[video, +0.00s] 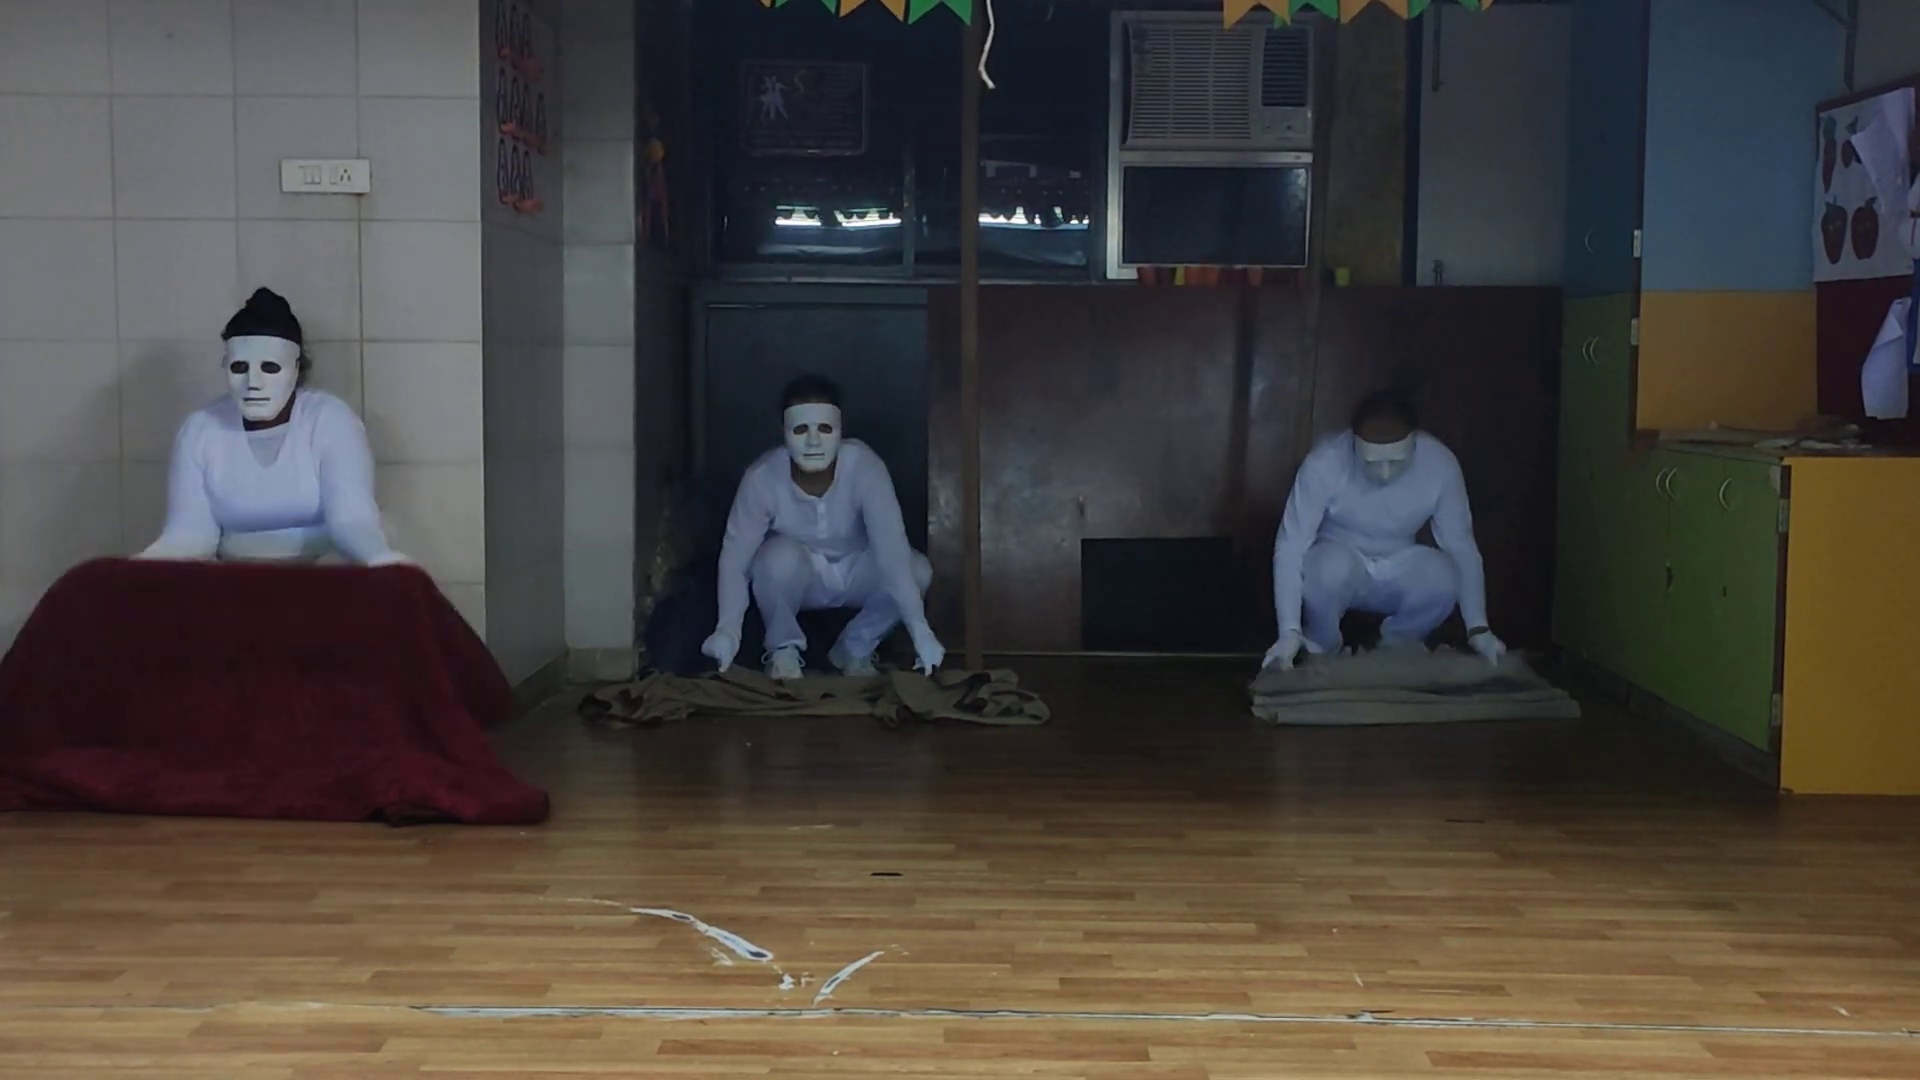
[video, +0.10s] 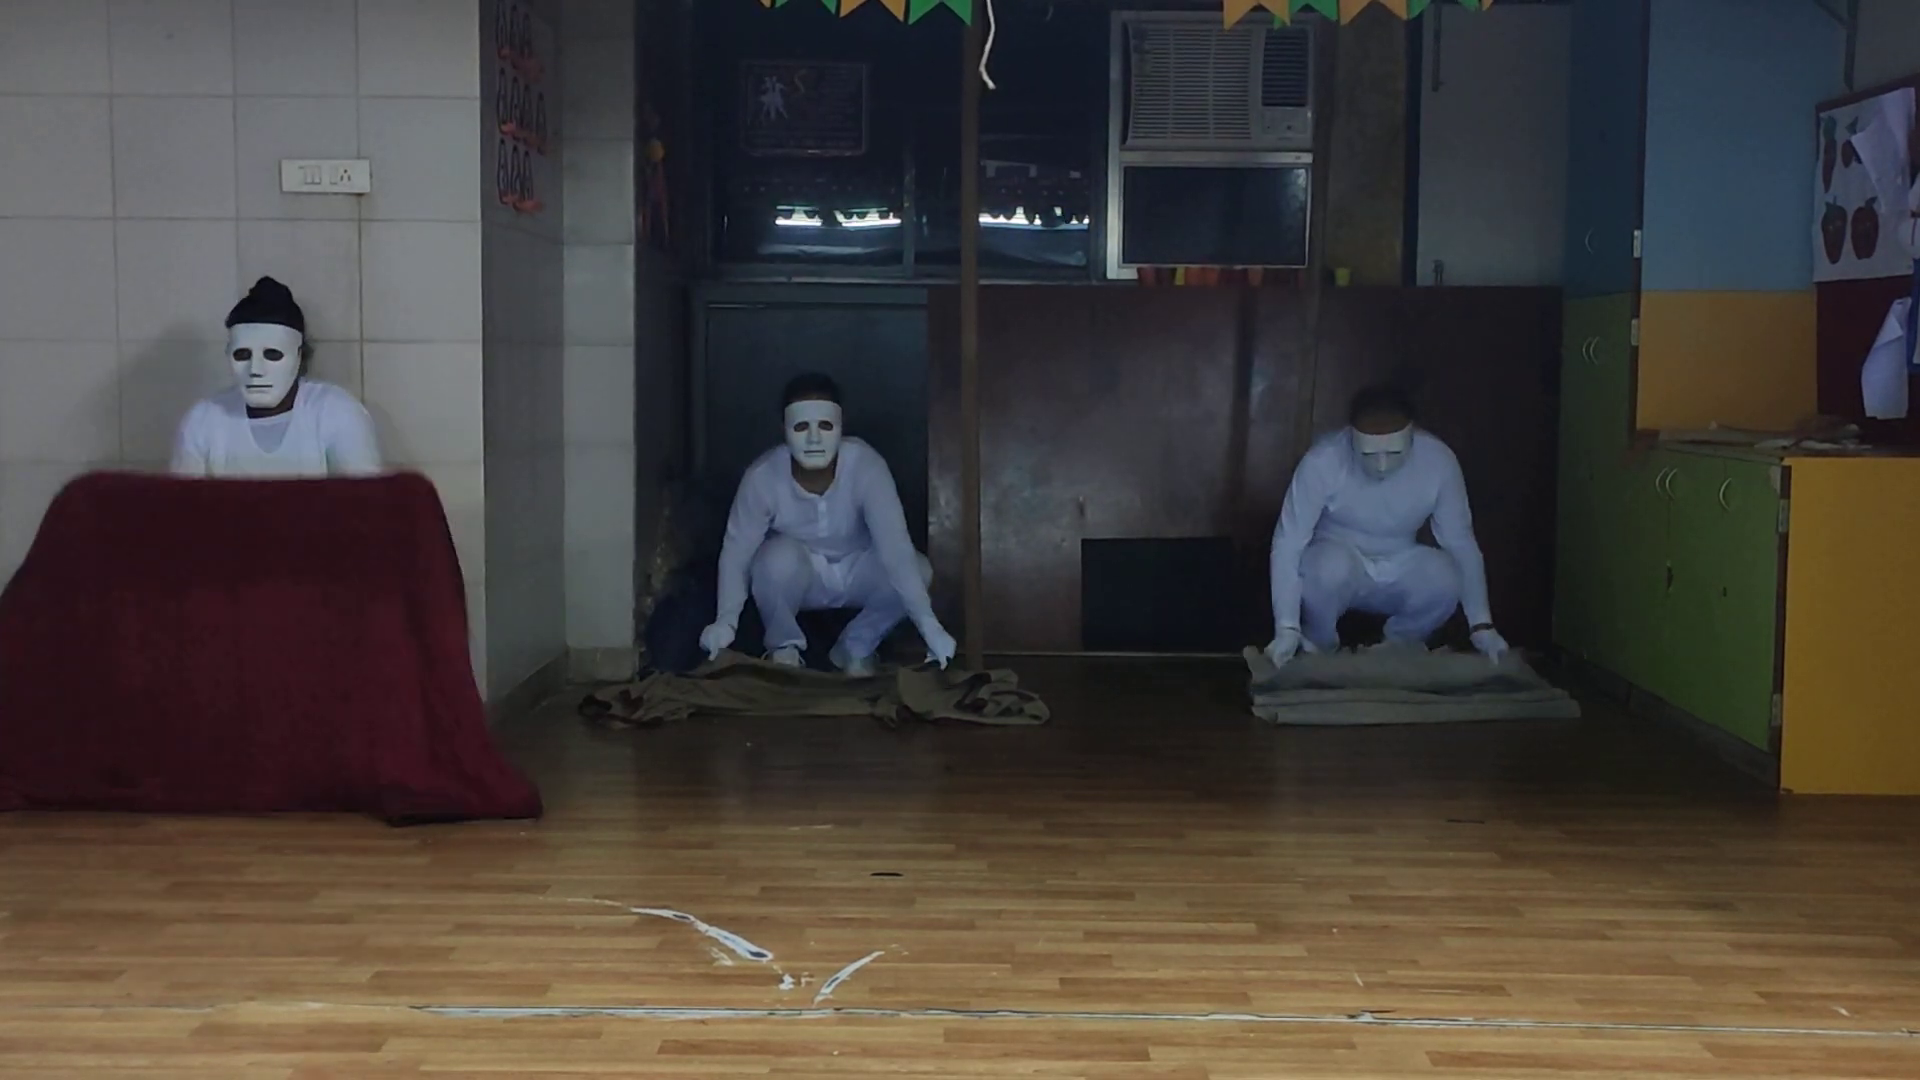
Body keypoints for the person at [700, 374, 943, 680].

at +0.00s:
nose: (813, 440)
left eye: (825, 429)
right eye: (800, 430)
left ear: (840, 432)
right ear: (784, 434)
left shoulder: (865, 468)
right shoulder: (762, 481)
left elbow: (892, 551)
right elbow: (733, 560)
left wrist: (920, 630)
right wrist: (728, 631)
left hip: (860, 575)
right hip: (799, 576)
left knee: (916, 569)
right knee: (779, 557)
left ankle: (854, 649)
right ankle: (783, 647)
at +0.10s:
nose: (814, 438)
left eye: (825, 426)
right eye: (801, 427)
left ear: (840, 428)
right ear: (785, 431)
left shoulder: (865, 466)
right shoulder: (763, 478)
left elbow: (895, 548)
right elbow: (735, 553)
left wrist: (928, 625)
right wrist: (726, 620)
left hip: (861, 574)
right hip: (800, 575)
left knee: (916, 570)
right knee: (776, 557)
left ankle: (854, 647)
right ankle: (784, 644)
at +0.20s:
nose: (814, 438)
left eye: (825, 426)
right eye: (801, 427)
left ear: (840, 428)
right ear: (785, 431)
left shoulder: (865, 466)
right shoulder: (762, 480)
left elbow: (898, 545)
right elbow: (736, 554)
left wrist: (934, 624)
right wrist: (726, 621)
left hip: (862, 575)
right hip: (801, 577)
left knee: (917, 573)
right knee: (776, 560)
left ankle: (859, 639)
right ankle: (784, 641)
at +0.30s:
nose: (812, 439)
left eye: (824, 427)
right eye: (800, 428)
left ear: (839, 429)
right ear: (784, 432)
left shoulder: (866, 468)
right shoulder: (762, 483)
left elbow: (896, 548)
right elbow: (736, 560)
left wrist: (926, 623)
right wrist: (729, 623)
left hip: (862, 576)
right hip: (801, 578)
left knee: (917, 570)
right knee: (776, 562)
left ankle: (859, 639)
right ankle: (784, 638)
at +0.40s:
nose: (812, 439)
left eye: (823, 427)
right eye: (799, 428)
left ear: (839, 429)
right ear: (783, 431)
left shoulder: (866, 470)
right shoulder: (761, 483)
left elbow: (889, 552)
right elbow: (738, 562)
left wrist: (919, 629)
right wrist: (731, 625)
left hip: (861, 578)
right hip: (799, 581)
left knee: (918, 570)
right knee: (777, 560)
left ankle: (859, 639)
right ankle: (785, 638)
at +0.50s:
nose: (812, 439)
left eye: (823, 427)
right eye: (799, 427)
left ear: (839, 429)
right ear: (783, 431)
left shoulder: (865, 470)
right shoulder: (761, 483)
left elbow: (885, 555)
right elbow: (738, 562)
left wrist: (917, 638)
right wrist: (730, 630)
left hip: (859, 580)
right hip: (799, 581)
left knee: (917, 570)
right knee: (778, 560)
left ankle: (857, 641)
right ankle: (785, 638)